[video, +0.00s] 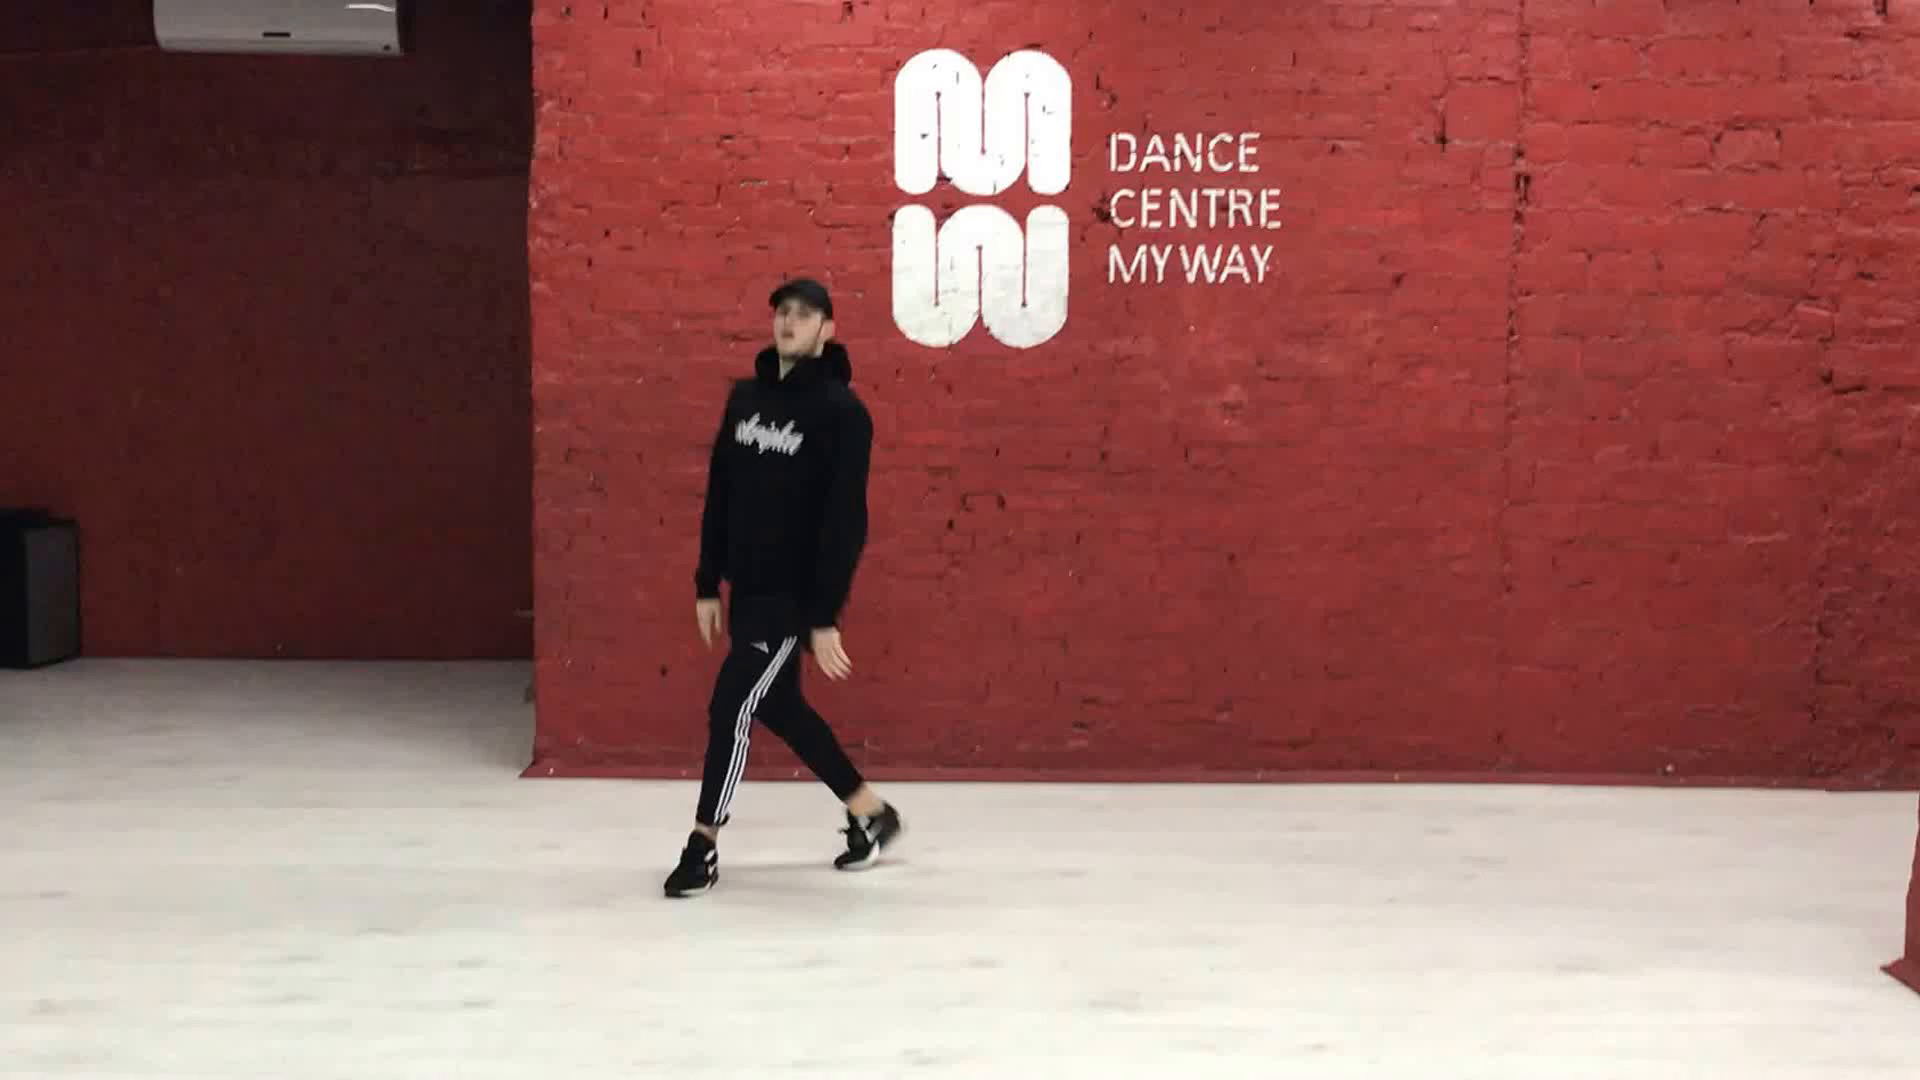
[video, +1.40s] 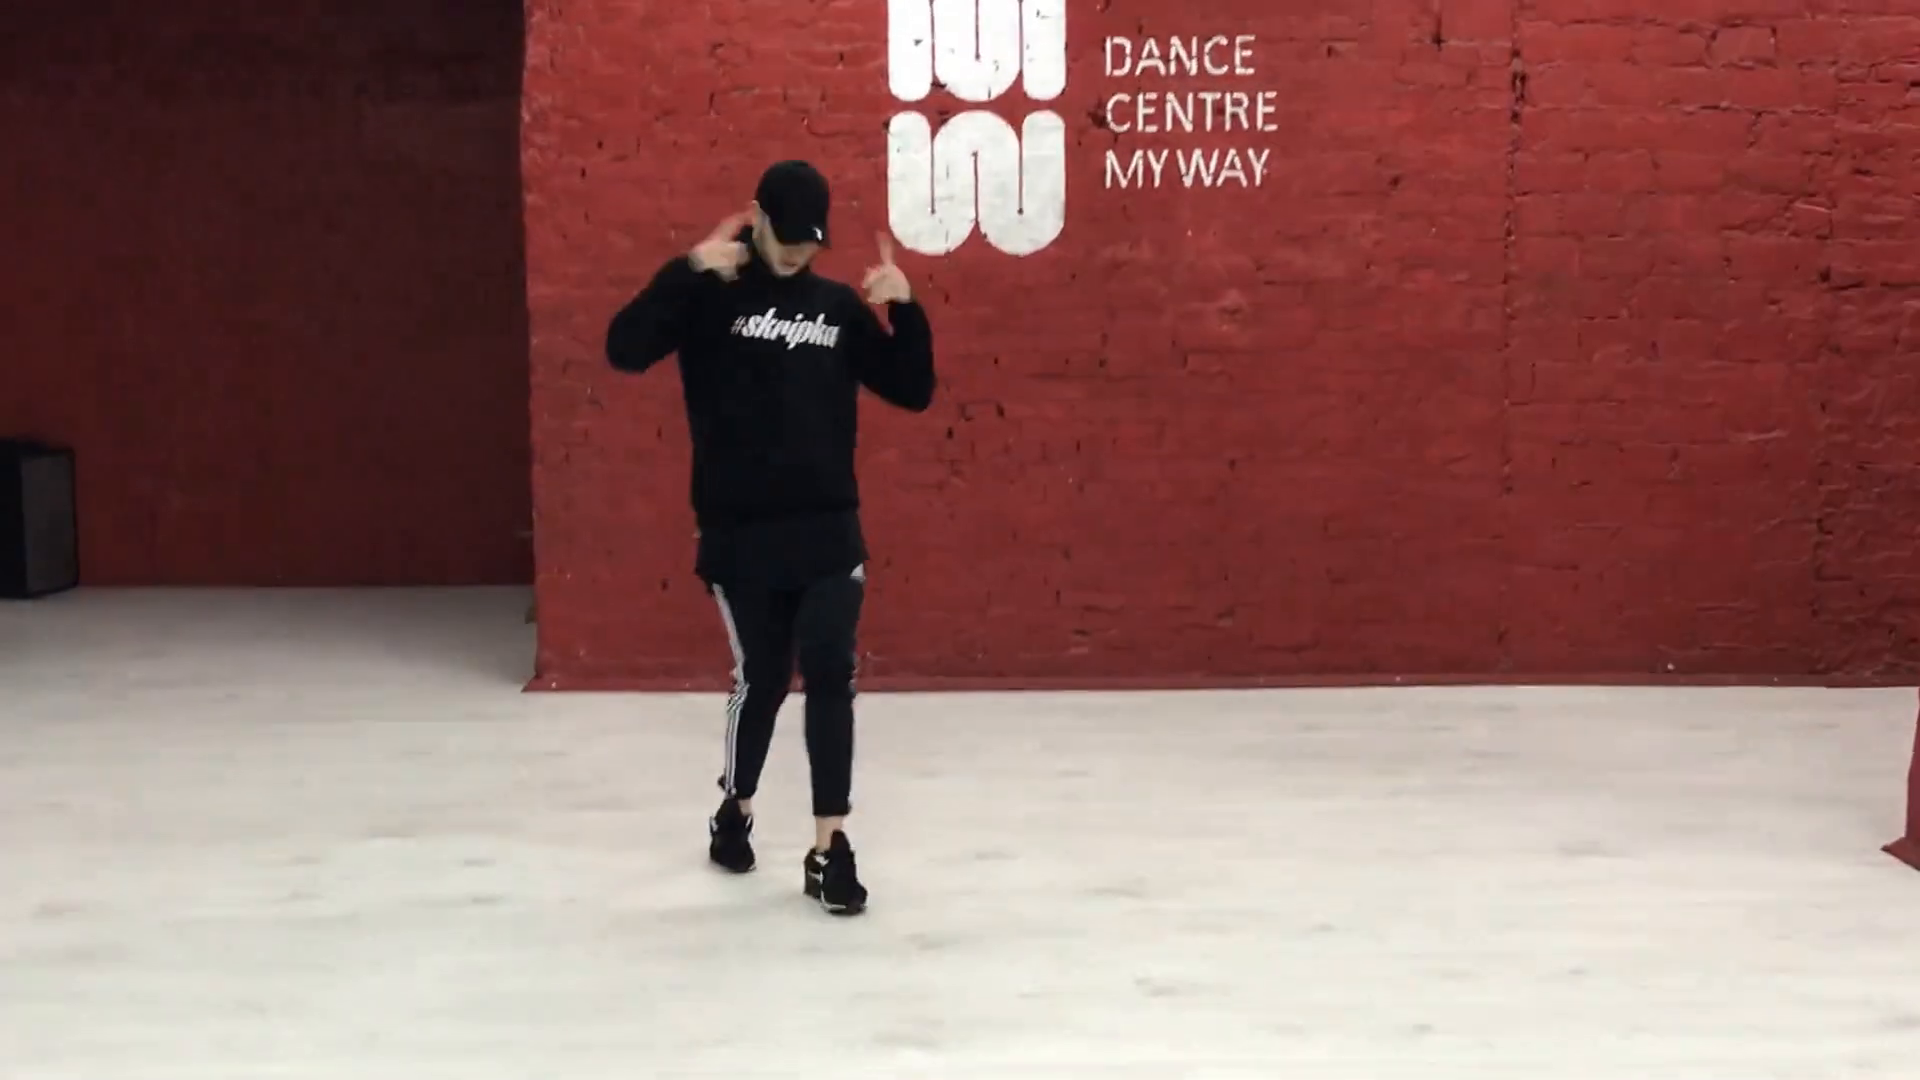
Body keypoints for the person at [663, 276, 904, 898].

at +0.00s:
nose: (788, 324)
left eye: (803, 315)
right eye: (782, 313)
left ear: (826, 328)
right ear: (772, 322)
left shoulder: (843, 412)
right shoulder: (746, 396)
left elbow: (847, 520)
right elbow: (720, 493)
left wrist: (825, 616)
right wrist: (708, 584)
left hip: (797, 590)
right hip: (745, 586)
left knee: (730, 707)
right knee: (785, 711)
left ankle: (702, 842)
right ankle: (869, 811)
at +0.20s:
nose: (763, 301)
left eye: (777, 293)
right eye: (755, 290)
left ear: (798, 305)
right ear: (742, 298)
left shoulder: (821, 390)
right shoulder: (711, 368)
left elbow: (824, 498)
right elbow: (677, 462)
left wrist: (774, 582)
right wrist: (659, 553)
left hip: (765, 570)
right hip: (698, 560)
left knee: (721, 696)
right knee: (680, 688)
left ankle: (703, 830)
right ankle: (762, 767)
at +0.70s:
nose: (731, 276)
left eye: (744, 266)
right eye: (719, 265)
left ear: (762, 279)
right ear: (701, 276)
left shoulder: (797, 364)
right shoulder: (665, 357)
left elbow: (830, 445)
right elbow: (622, 433)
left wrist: (834, 499)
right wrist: (609, 496)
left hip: (761, 551)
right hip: (683, 549)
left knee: (726, 689)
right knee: (713, 685)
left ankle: (700, 802)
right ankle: (722, 843)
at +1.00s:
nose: (744, 236)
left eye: (755, 225)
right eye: (730, 225)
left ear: (771, 239)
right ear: (707, 238)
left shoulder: (805, 324)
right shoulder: (674, 323)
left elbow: (855, 422)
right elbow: (617, 426)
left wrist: (842, 394)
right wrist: (642, 388)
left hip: (779, 535)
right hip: (697, 534)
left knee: (774, 693)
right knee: (731, 684)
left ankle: (721, 774)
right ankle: (730, 835)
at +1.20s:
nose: (770, 209)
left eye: (780, 198)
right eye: (756, 197)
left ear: (793, 212)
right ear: (727, 208)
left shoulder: (819, 304)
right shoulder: (686, 296)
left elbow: (857, 411)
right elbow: (635, 402)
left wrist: (925, 361)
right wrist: (588, 349)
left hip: (799, 522)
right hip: (713, 522)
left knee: (814, 669)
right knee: (736, 673)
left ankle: (795, 824)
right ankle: (730, 826)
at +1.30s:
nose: (786, 216)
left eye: (797, 204)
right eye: (773, 201)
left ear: (807, 211)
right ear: (742, 200)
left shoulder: (827, 296)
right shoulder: (692, 281)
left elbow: (883, 398)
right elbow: (627, 376)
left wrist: (926, 330)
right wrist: (619, 314)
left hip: (810, 517)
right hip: (723, 516)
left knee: (813, 674)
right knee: (746, 673)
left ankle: (825, 846)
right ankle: (731, 822)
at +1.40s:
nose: (795, 256)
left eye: (808, 243)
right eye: (784, 241)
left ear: (824, 233)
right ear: (756, 223)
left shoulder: (838, 305)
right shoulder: (705, 290)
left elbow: (913, 389)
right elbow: (624, 351)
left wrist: (905, 310)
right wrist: (688, 268)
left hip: (827, 523)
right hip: (739, 525)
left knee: (832, 675)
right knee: (763, 675)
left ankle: (830, 842)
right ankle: (735, 809)